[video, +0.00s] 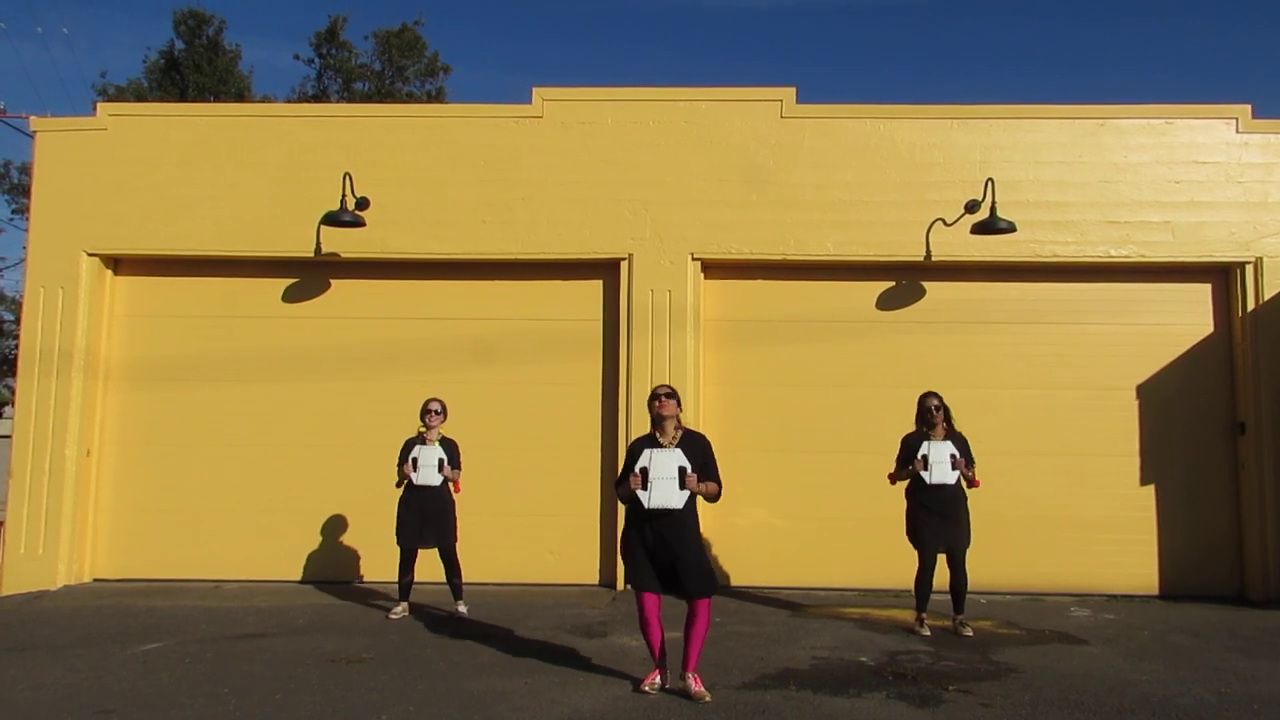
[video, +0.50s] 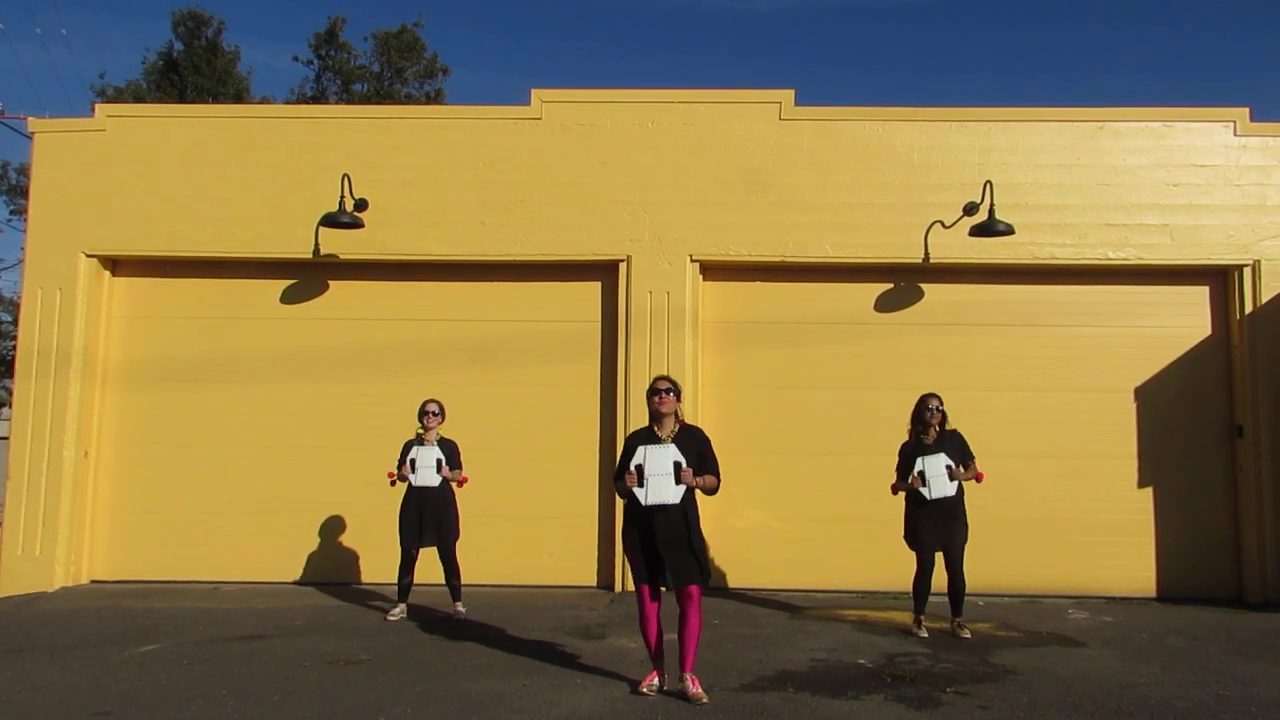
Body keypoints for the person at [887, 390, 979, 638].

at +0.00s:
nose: (934, 413)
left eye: (937, 408)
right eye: (928, 410)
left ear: (944, 410)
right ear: (921, 413)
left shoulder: (958, 440)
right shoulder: (912, 441)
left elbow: (971, 480)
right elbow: (895, 476)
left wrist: (963, 469)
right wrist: (912, 470)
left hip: (954, 511)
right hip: (924, 511)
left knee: (957, 564)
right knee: (927, 563)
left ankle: (959, 618)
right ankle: (921, 618)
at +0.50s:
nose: (934, 413)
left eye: (938, 409)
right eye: (928, 409)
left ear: (943, 413)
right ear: (919, 413)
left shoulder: (954, 439)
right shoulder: (909, 447)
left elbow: (973, 470)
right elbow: (897, 485)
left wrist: (961, 475)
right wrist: (910, 485)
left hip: (953, 517)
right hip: (923, 518)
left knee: (955, 570)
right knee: (925, 568)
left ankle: (957, 621)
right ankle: (918, 620)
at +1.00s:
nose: (937, 412)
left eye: (940, 408)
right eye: (931, 409)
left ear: (946, 412)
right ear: (922, 414)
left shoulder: (951, 445)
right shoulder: (908, 441)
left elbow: (963, 486)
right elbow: (890, 472)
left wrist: (959, 474)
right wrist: (908, 474)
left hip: (951, 514)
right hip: (922, 514)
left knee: (954, 568)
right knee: (929, 568)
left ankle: (957, 621)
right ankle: (919, 620)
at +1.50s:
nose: (926, 407)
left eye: (929, 403)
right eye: (920, 404)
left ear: (935, 408)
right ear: (912, 409)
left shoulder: (946, 437)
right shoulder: (901, 438)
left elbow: (957, 474)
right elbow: (887, 475)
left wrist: (953, 469)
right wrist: (903, 469)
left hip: (944, 511)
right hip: (915, 512)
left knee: (947, 566)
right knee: (918, 565)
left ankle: (949, 620)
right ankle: (910, 619)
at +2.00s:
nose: (915, 410)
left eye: (920, 406)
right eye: (910, 407)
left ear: (925, 409)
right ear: (902, 411)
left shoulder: (939, 437)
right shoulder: (895, 443)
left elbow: (956, 471)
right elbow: (880, 479)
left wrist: (944, 468)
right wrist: (895, 473)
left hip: (933, 514)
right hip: (903, 515)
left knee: (936, 567)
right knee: (905, 566)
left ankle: (941, 620)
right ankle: (902, 619)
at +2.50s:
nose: (909, 408)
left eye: (913, 404)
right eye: (903, 404)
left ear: (919, 407)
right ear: (896, 408)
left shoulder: (932, 434)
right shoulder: (886, 439)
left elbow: (946, 471)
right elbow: (874, 475)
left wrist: (933, 465)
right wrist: (885, 469)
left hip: (926, 511)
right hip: (896, 512)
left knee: (930, 565)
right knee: (898, 563)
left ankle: (935, 619)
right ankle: (896, 618)